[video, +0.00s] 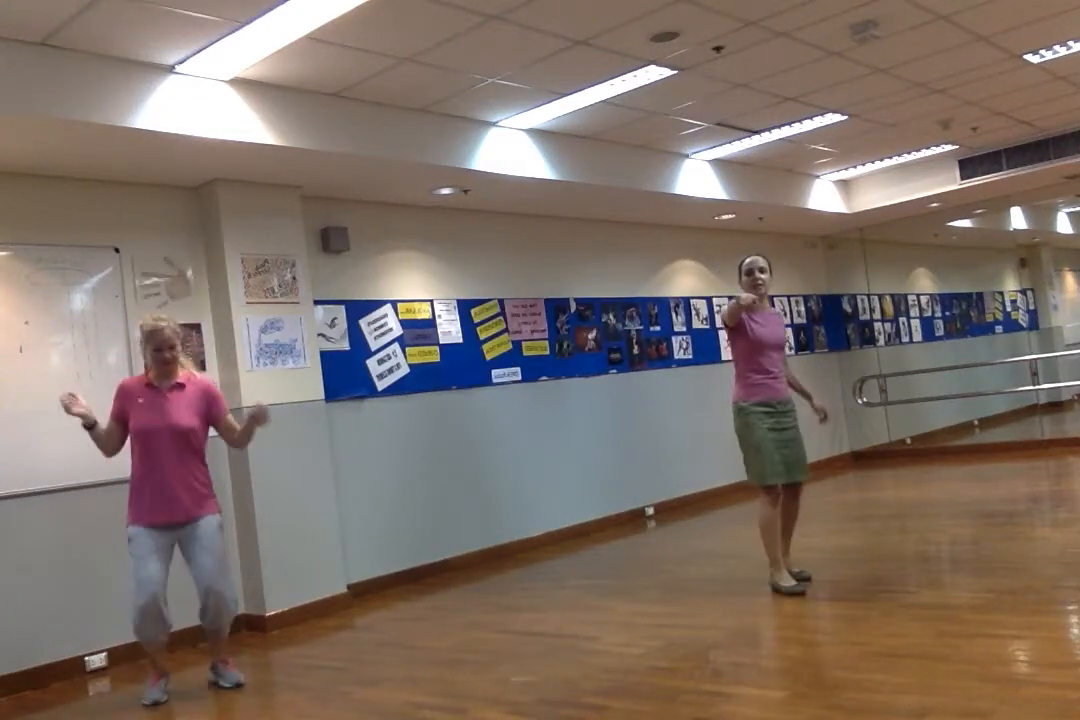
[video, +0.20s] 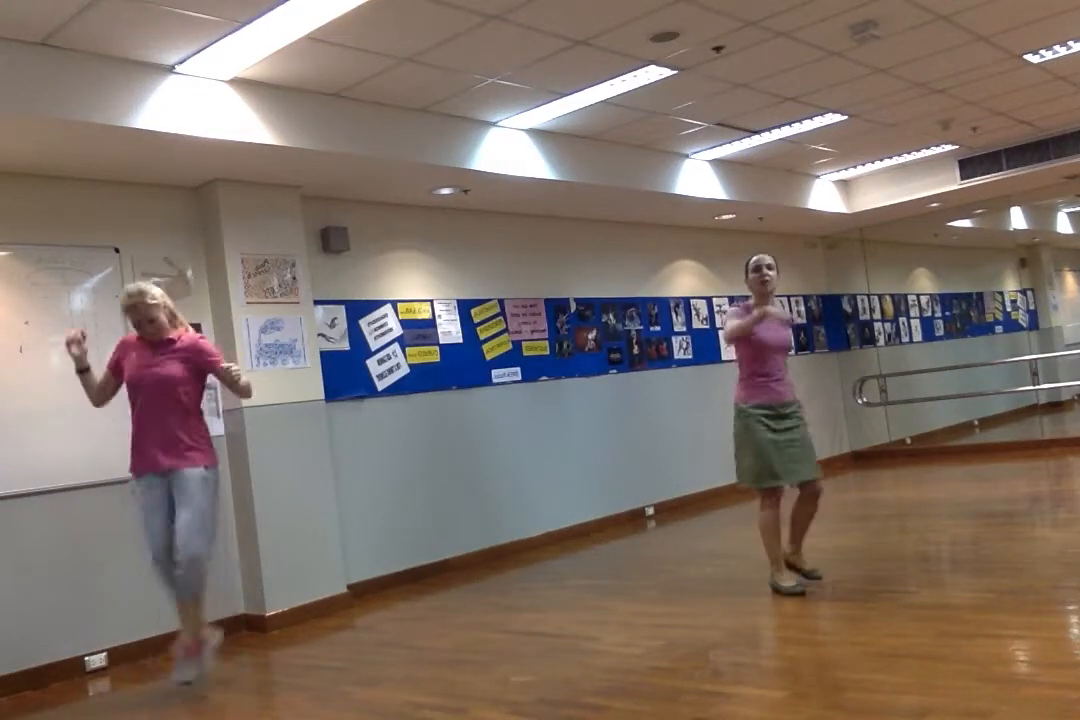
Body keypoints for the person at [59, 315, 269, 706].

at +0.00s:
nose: (166, 355)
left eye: (172, 348)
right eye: (158, 350)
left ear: (181, 347)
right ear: (144, 351)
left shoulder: (203, 388)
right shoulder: (129, 390)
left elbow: (236, 440)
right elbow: (110, 446)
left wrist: (251, 424)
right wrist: (89, 421)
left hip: (199, 509)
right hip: (147, 515)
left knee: (216, 589)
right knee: (147, 598)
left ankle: (220, 665)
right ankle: (158, 675)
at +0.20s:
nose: (142, 324)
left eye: (147, 315)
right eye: (135, 319)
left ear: (164, 309)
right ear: (129, 320)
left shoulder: (193, 344)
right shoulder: (128, 347)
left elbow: (244, 391)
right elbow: (99, 397)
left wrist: (236, 379)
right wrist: (81, 361)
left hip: (192, 459)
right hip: (147, 463)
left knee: (190, 551)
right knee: (162, 556)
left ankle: (189, 644)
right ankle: (202, 633)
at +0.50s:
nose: (128, 382)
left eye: (128, 373)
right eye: (123, 376)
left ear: (148, 360)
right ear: (134, 370)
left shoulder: (185, 396)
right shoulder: (156, 397)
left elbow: (189, 460)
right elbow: (154, 443)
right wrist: (127, 421)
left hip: (199, 510)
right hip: (170, 514)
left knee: (169, 592)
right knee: (211, 593)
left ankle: (150, 678)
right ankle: (270, 647)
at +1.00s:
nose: (192, 342)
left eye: (192, 335)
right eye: (188, 335)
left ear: (152, 336)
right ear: (170, 335)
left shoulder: (127, 378)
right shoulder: (180, 365)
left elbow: (106, 439)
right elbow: (193, 399)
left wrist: (139, 428)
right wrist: (221, 424)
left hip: (140, 489)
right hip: (183, 487)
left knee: (145, 578)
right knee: (205, 574)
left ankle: (139, 678)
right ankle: (203, 673)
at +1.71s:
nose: (198, 321)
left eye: (203, 315)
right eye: (190, 317)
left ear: (211, 319)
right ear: (176, 323)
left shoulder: (229, 357)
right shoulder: (163, 364)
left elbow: (266, 387)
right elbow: (137, 421)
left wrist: (295, 418)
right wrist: (161, 393)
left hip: (242, 475)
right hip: (193, 482)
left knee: (264, 552)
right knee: (191, 565)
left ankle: (279, 636)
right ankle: (194, 652)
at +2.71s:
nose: (222, 307)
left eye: (225, 301)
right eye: (213, 302)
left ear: (230, 305)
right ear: (198, 311)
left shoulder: (245, 348)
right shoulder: (188, 351)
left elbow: (265, 398)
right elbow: (184, 404)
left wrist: (282, 432)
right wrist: (195, 449)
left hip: (259, 452)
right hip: (218, 457)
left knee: (270, 526)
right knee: (232, 531)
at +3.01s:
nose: (241, 315)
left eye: (244, 308)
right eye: (233, 310)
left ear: (249, 313)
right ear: (216, 318)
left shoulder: (267, 353)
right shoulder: (199, 357)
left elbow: (281, 404)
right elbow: (194, 411)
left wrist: (292, 450)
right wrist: (201, 459)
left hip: (260, 460)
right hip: (220, 463)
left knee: (271, 536)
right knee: (230, 538)